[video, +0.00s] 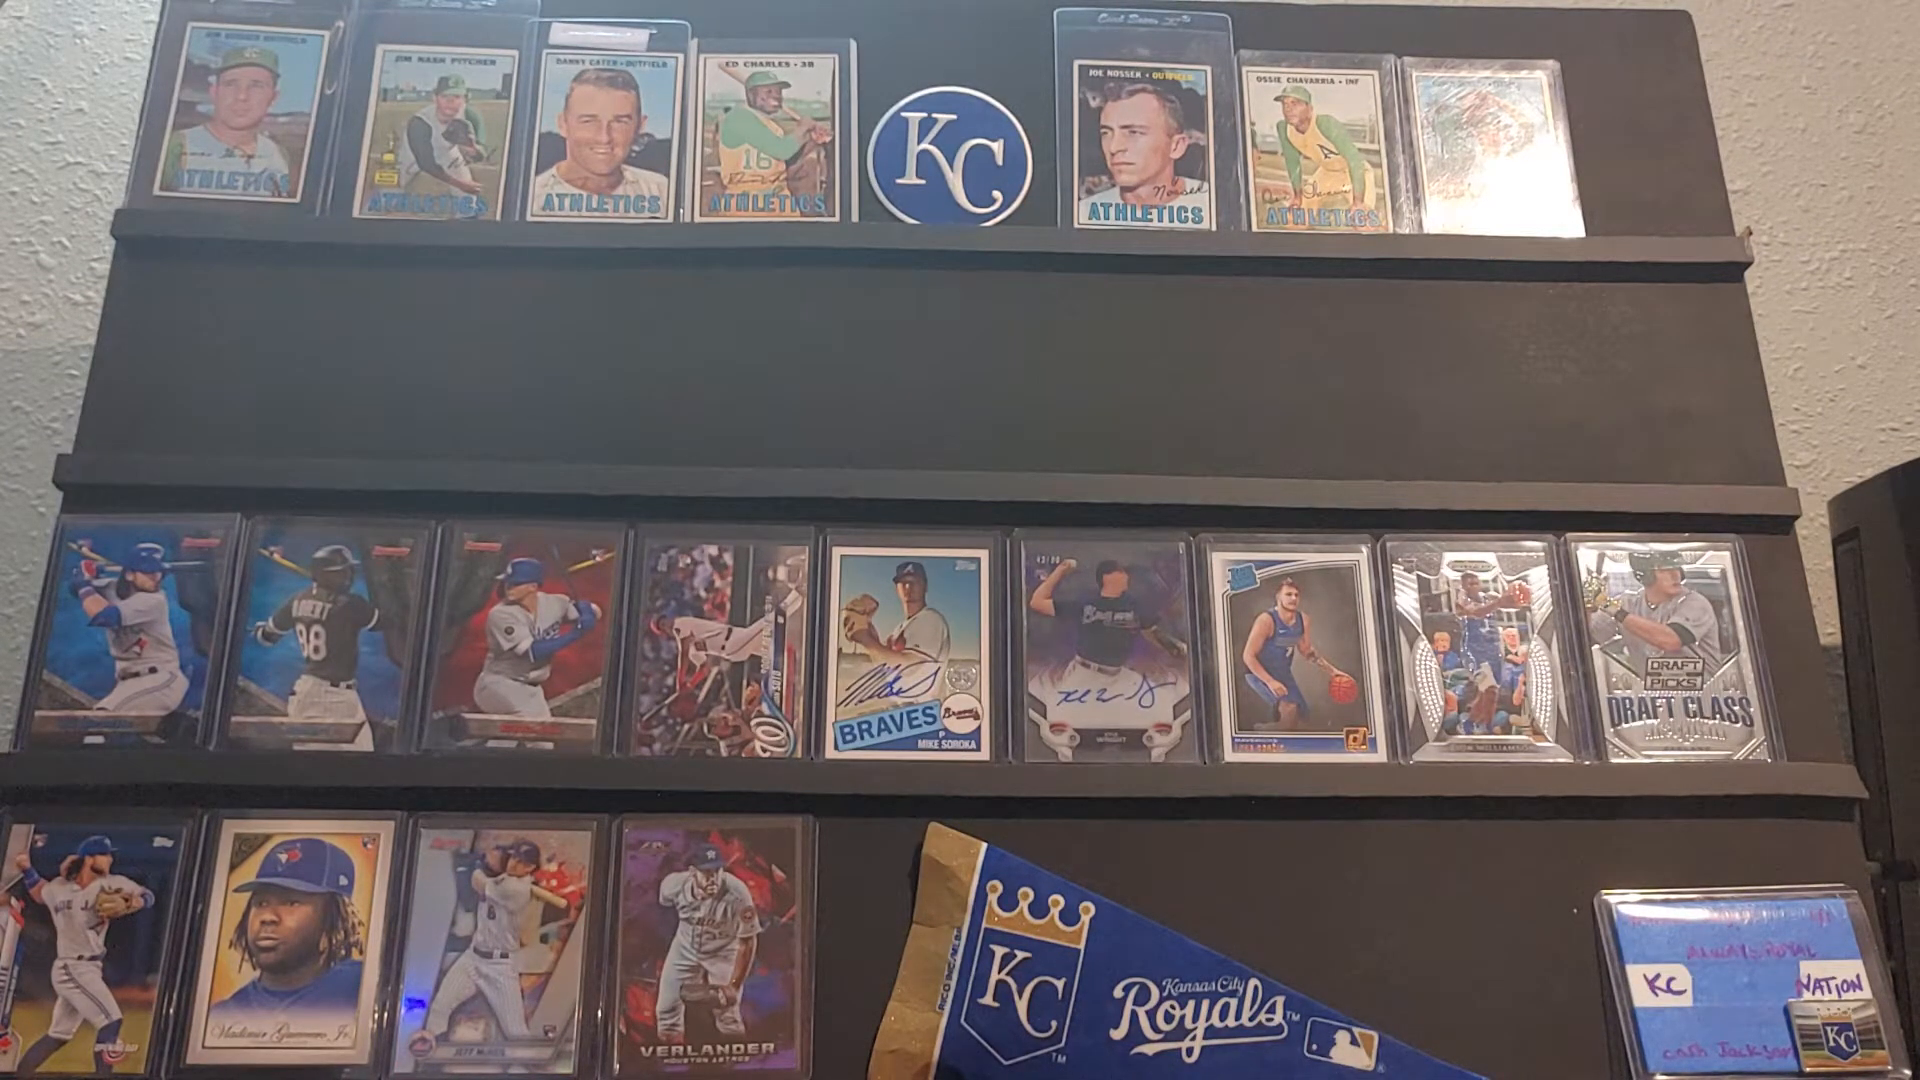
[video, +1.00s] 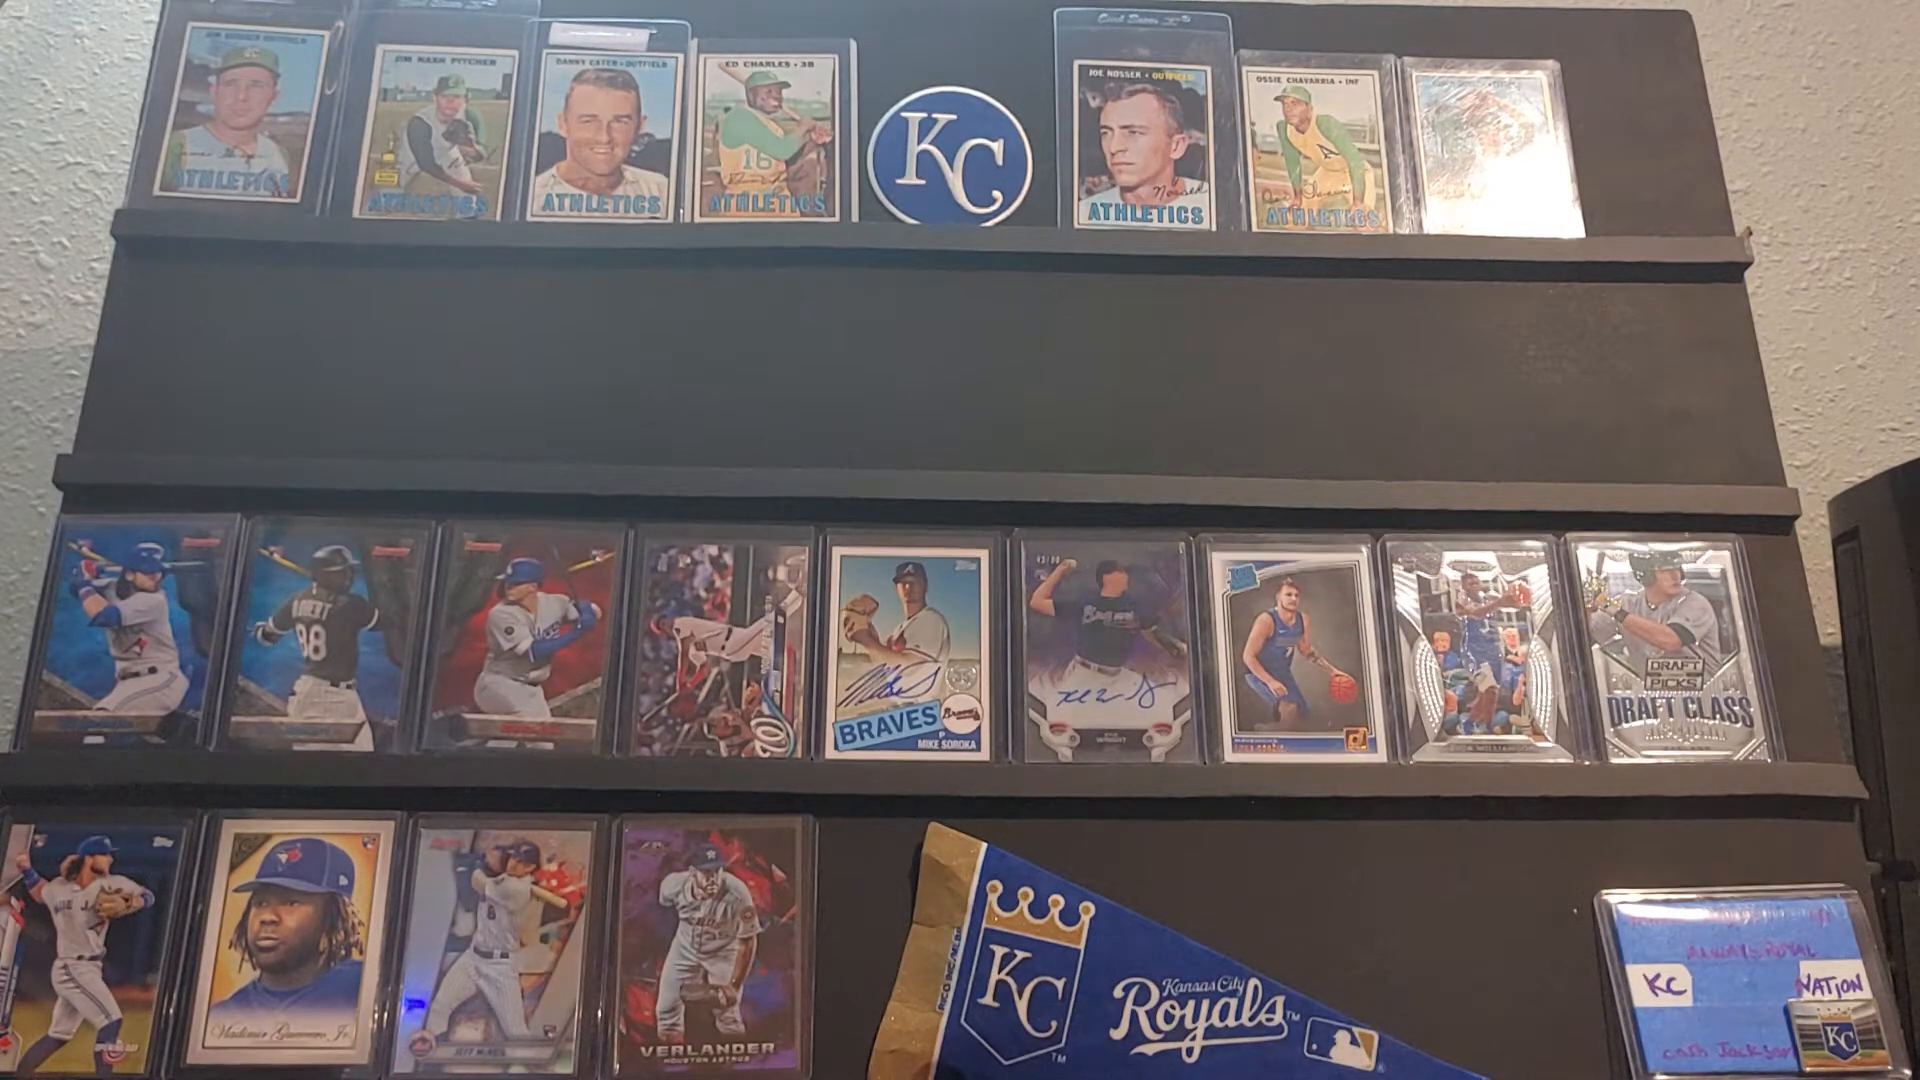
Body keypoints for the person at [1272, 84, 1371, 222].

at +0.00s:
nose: (1288, 109)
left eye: (1294, 104)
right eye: (1285, 105)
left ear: (1309, 108)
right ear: (1282, 108)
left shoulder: (1327, 124)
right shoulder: (1284, 128)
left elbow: (1355, 161)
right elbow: (1292, 162)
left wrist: (1358, 202)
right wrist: (1297, 197)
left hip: (1355, 172)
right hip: (1327, 171)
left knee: (1361, 217)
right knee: (1303, 209)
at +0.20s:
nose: (1288, 109)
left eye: (1294, 104)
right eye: (1284, 104)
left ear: (1309, 108)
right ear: (1282, 108)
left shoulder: (1327, 124)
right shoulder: (1284, 128)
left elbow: (1355, 161)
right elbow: (1292, 163)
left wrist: (1358, 202)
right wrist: (1297, 197)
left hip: (1354, 172)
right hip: (1327, 171)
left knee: (1361, 217)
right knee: (1303, 208)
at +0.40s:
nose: (1288, 109)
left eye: (1294, 103)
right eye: (1285, 104)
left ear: (1309, 108)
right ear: (1281, 108)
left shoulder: (1326, 123)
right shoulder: (1284, 128)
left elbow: (1355, 160)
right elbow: (1292, 163)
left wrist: (1358, 202)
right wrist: (1297, 196)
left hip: (1354, 172)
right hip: (1327, 172)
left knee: (1361, 218)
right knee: (1302, 206)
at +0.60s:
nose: (1288, 109)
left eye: (1294, 104)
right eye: (1285, 105)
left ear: (1309, 108)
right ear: (1282, 108)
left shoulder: (1326, 124)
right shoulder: (1284, 128)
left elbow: (1355, 160)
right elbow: (1292, 162)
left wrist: (1358, 202)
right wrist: (1297, 197)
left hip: (1354, 171)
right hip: (1327, 171)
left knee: (1360, 216)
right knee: (1304, 207)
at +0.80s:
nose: (1288, 109)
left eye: (1294, 103)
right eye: (1285, 104)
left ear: (1309, 108)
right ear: (1281, 108)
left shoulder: (1327, 124)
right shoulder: (1283, 128)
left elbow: (1355, 160)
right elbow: (1292, 162)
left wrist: (1358, 202)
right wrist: (1297, 196)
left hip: (1355, 172)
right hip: (1327, 172)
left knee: (1361, 219)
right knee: (1302, 208)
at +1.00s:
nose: (1288, 109)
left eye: (1294, 104)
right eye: (1284, 104)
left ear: (1309, 108)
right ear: (1281, 108)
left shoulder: (1327, 124)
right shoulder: (1284, 128)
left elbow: (1355, 161)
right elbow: (1292, 163)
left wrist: (1358, 203)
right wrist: (1297, 197)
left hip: (1354, 172)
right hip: (1327, 172)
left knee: (1361, 218)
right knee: (1303, 207)